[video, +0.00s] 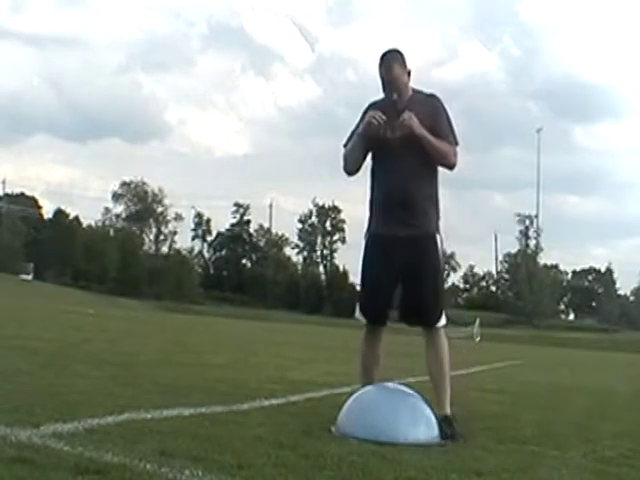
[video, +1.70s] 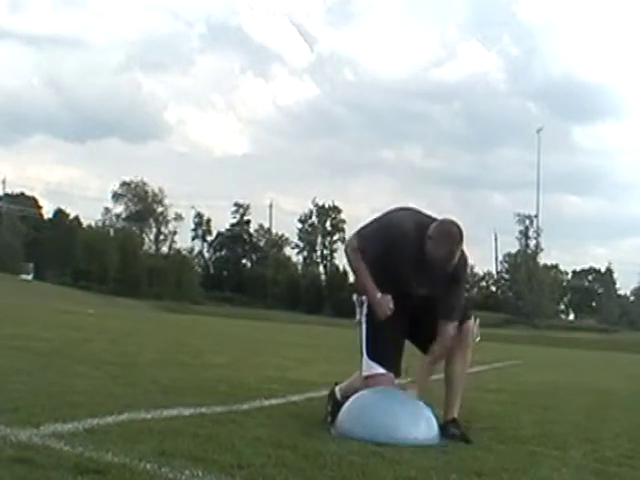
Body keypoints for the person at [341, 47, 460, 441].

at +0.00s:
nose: (391, 88)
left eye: (396, 81)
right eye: (386, 83)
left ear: (408, 75)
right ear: (379, 80)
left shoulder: (431, 105)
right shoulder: (373, 113)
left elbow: (451, 159)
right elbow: (350, 166)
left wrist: (419, 131)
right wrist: (366, 133)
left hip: (422, 233)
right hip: (381, 233)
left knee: (433, 326)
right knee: (374, 326)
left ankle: (444, 414)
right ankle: (366, 407)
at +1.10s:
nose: (419, 112)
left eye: (423, 105)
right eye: (412, 106)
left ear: (433, 95)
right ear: (401, 96)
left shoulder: (447, 124)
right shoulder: (383, 116)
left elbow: (462, 187)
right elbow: (351, 162)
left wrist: (442, 163)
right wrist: (364, 148)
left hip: (428, 243)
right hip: (386, 243)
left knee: (446, 328)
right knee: (367, 335)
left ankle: (448, 418)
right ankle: (345, 405)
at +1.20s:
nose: (431, 134)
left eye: (436, 128)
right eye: (424, 127)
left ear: (444, 120)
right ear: (413, 118)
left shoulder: (448, 141)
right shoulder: (389, 136)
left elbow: (461, 203)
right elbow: (348, 167)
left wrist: (452, 186)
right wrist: (371, 181)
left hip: (427, 255)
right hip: (389, 256)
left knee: (454, 328)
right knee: (376, 349)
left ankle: (448, 419)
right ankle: (342, 401)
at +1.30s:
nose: (441, 174)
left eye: (447, 169)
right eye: (437, 168)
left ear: (453, 162)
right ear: (425, 155)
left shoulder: (449, 179)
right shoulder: (398, 173)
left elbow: (459, 228)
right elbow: (354, 206)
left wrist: (450, 214)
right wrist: (384, 243)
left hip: (427, 275)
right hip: (389, 277)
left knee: (460, 334)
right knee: (382, 370)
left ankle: (450, 420)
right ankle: (342, 394)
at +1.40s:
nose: (445, 222)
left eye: (451, 217)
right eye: (440, 215)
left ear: (460, 207)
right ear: (429, 202)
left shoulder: (454, 204)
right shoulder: (405, 217)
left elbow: (453, 234)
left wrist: (454, 256)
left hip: (429, 291)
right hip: (395, 292)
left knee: (463, 333)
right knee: (398, 380)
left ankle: (450, 419)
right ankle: (343, 393)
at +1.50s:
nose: (450, 257)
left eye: (456, 252)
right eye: (445, 252)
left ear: (462, 234)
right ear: (434, 231)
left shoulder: (456, 223)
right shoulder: (406, 239)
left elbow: (462, 260)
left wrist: (452, 290)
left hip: (422, 292)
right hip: (386, 292)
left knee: (462, 329)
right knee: (393, 384)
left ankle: (451, 419)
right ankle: (343, 394)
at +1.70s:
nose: (437, 267)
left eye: (444, 263)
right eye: (434, 259)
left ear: (457, 252)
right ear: (428, 237)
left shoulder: (457, 265)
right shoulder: (401, 223)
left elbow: (447, 332)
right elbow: (352, 246)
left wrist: (418, 385)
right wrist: (374, 296)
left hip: (423, 306)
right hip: (386, 298)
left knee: (464, 331)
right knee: (381, 380)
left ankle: (451, 419)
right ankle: (340, 394)